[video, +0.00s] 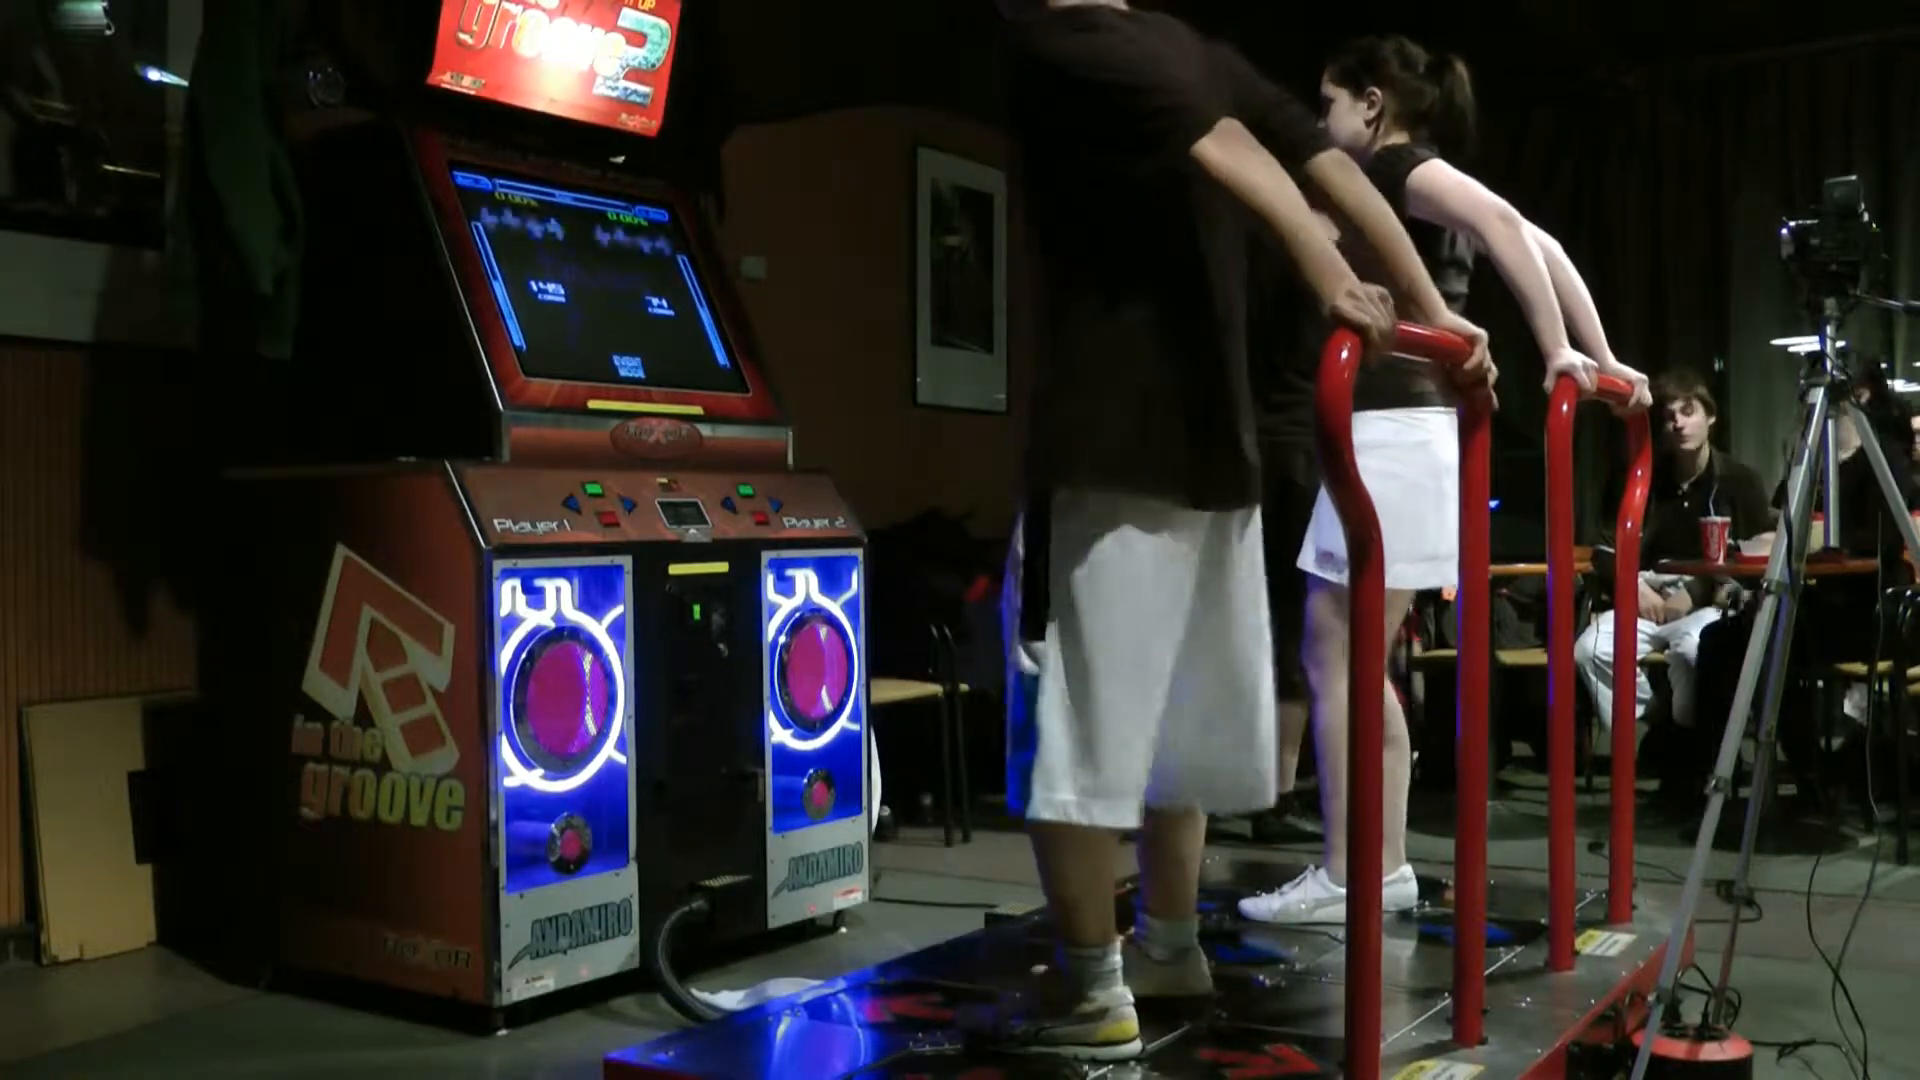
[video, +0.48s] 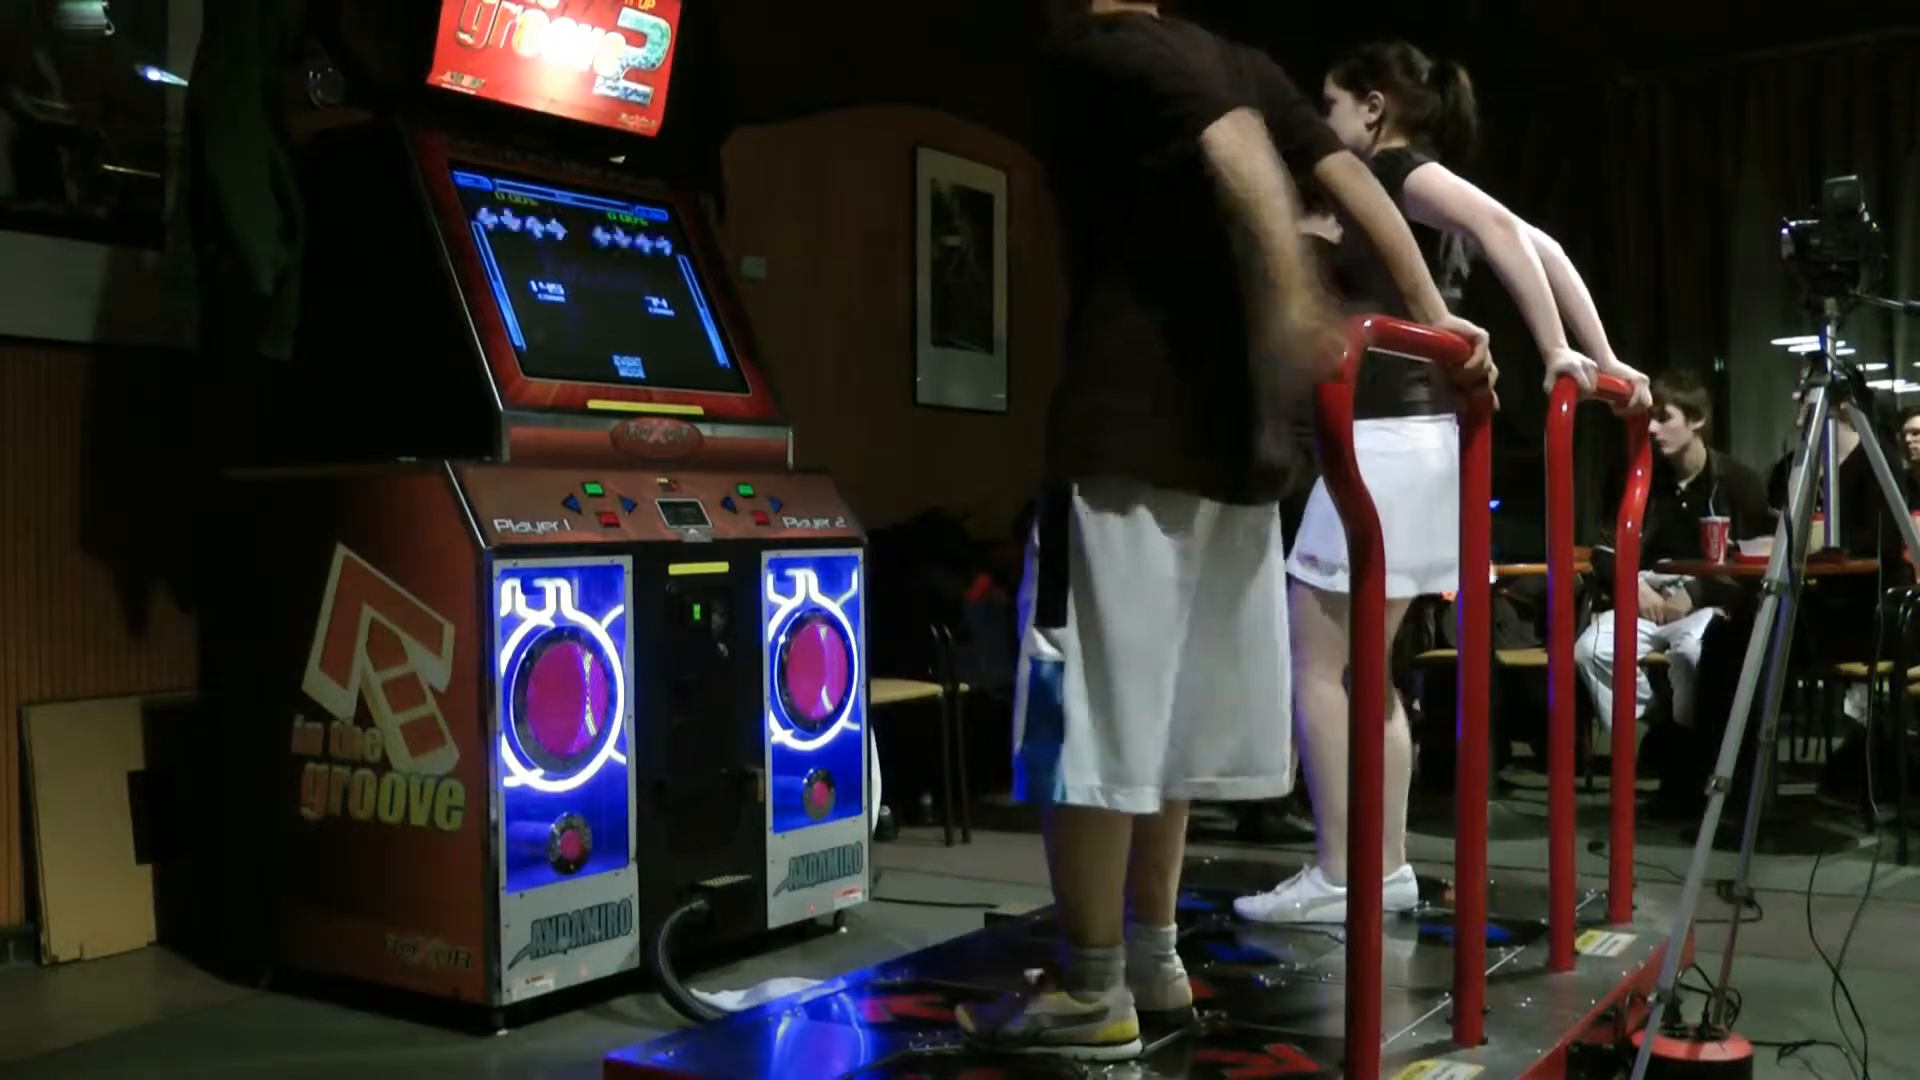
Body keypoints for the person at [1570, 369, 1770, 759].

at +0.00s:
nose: (1678, 423)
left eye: (1688, 412)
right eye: (1668, 415)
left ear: (1710, 419)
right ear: (1659, 425)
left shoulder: (1739, 481)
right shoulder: (1646, 478)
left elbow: (1755, 564)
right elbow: (1607, 550)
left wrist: (1694, 595)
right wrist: (1635, 586)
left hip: (1709, 605)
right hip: (1648, 604)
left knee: (1689, 651)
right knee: (1593, 648)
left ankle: (1684, 740)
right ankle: (1650, 740)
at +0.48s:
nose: (1652, 428)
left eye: (1664, 418)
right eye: (1650, 418)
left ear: (1696, 422)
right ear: (1647, 422)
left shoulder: (1738, 483)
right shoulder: (1646, 478)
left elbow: (1754, 569)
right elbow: (1607, 550)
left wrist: (1694, 597)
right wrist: (1635, 587)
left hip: (1706, 607)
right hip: (1647, 606)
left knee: (1690, 654)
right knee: (1593, 649)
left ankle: (1684, 750)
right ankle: (1655, 742)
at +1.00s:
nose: (1650, 437)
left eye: (1658, 428)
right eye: (1648, 427)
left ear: (1689, 427)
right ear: (1646, 427)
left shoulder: (1734, 480)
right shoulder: (1643, 478)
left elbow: (1747, 559)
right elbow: (1607, 547)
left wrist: (1693, 595)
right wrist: (1634, 587)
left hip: (1703, 600)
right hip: (1647, 597)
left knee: (1693, 649)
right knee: (1595, 648)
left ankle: (1677, 747)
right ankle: (1652, 746)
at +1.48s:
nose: (1649, 426)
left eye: (1658, 418)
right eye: (1650, 418)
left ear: (1687, 426)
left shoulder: (1735, 481)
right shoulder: (1643, 476)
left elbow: (1750, 559)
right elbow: (1607, 549)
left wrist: (1692, 598)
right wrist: (1636, 588)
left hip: (1706, 602)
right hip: (1647, 598)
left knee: (1695, 648)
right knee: (1595, 648)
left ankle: (1677, 741)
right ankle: (1650, 743)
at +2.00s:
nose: (1650, 425)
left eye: (1659, 418)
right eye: (1651, 417)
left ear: (1690, 425)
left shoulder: (1734, 479)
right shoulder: (1645, 474)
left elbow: (1747, 560)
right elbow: (1607, 546)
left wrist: (1692, 595)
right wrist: (1634, 587)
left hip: (1702, 603)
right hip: (1644, 598)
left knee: (1697, 652)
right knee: (1595, 648)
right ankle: (1646, 750)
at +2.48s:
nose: (1650, 426)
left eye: (1659, 418)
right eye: (1651, 418)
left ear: (1689, 426)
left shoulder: (1734, 480)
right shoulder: (1646, 474)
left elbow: (1744, 560)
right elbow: (1608, 545)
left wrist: (1690, 597)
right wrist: (1635, 588)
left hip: (1708, 600)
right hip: (1648, 596)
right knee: (1596, 648)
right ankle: (1657, 735)